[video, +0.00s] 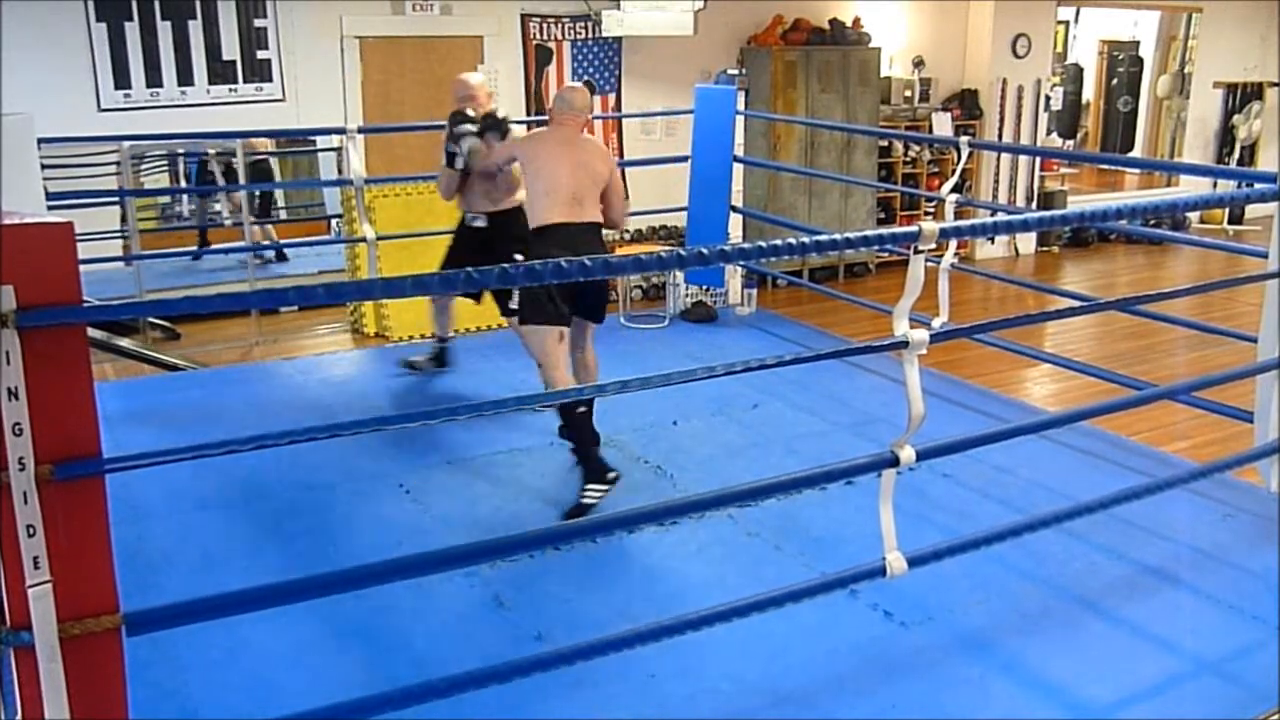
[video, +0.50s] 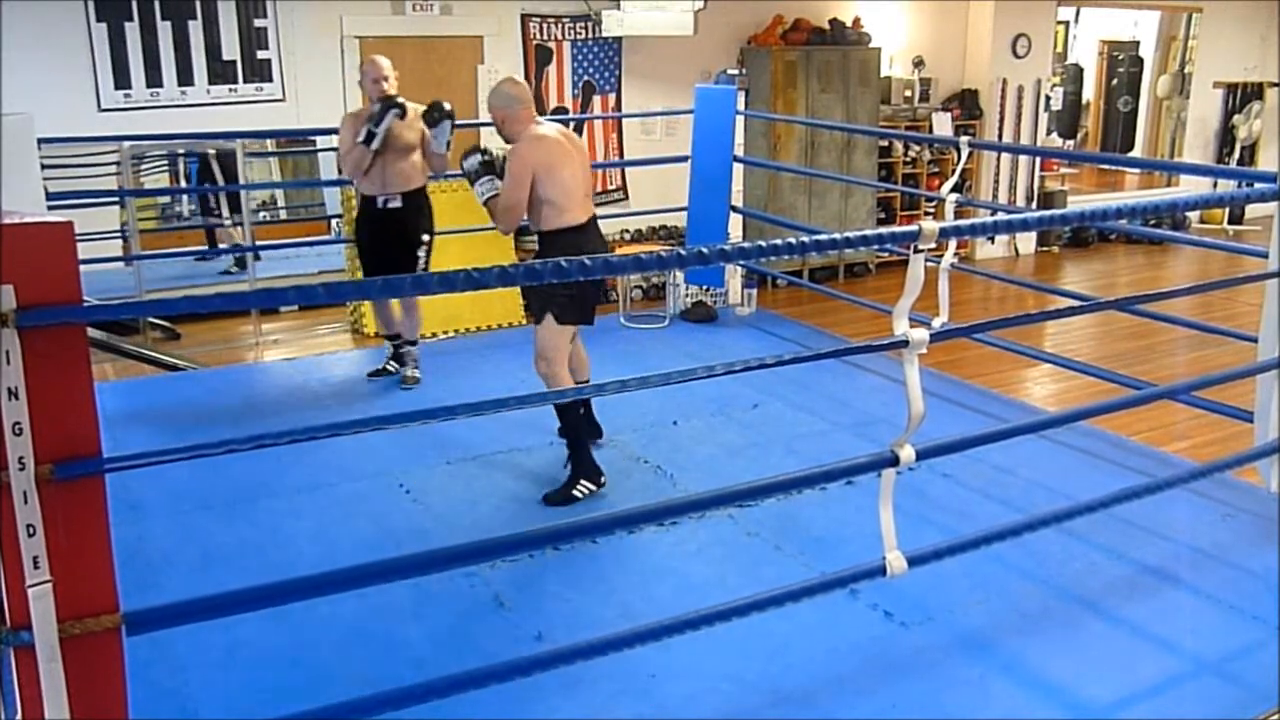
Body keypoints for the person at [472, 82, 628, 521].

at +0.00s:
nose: (555, 113)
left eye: (553, 107)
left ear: (551, 111)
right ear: (586, 117)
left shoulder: (526, 144)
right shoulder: (602, 155)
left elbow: (488, 160)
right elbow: (617, 218)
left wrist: (479, 132)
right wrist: (582, 203)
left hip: (545, 252)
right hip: (592, 251)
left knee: (553, 365)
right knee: (582, 345)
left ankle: (595, 469)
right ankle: (582, 425)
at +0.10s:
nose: (543, 114)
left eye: (546, 109)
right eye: (551, 109)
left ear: (550, 114)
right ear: (583, 119)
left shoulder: (528, 149)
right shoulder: (600, 154)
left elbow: (490, 176)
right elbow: (621, 214)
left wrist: (486, 156)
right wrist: (590, 194)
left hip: (547, 253)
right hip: (592, 251)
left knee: (566, 361)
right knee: (587, 344)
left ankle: (607, 463)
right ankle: (583, 423)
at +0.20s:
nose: (544, 116)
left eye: (543, 110)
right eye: (571, 112)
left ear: (540, 114)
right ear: (577, 117)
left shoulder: (524, 150)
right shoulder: (598, 148)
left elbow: (492, 213)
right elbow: (619, 207)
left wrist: (510, 211)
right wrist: (583, 197)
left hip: (549, 249)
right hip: (596, 246)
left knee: (562, 358)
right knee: (589, 344)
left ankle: (606, 458)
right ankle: (582, 422)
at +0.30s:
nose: (523, 117)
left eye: (523, 112)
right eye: (528, 110)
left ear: (526, 113)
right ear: (560, 109)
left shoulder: (520, 150)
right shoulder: (591, 140)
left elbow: (506, 222)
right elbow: (618, 200)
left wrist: (501, 229)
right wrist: (581, 194)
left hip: (553, 246)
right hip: (598, 241)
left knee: (552, 359)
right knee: (587, 342)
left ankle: (604, 455)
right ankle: (581, 420)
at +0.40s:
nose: (505, 121)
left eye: (504, 115)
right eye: (505, 115)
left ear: (510, 113)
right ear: (541, 104)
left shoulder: (519, 148)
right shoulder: (577, 135)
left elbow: (514, 218)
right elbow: (608, 193)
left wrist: (489, 200)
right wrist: (563, 193)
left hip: (556, 245)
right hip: (596, 237)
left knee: (548, 357)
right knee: (581, 339)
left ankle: (594, 458)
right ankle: (582, 421)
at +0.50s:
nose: (496, 129)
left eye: (496, 121)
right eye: (494, 122)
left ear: (510, 114)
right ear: (529, 106)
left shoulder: (526, 150)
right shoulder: (567, 135)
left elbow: (507, 220)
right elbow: (555, 199)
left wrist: (484, 182)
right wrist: (501, 175)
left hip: (560, 252)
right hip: (588, 241)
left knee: (549, 362)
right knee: (568, 341)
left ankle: (585, 470)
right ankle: (585, 420)